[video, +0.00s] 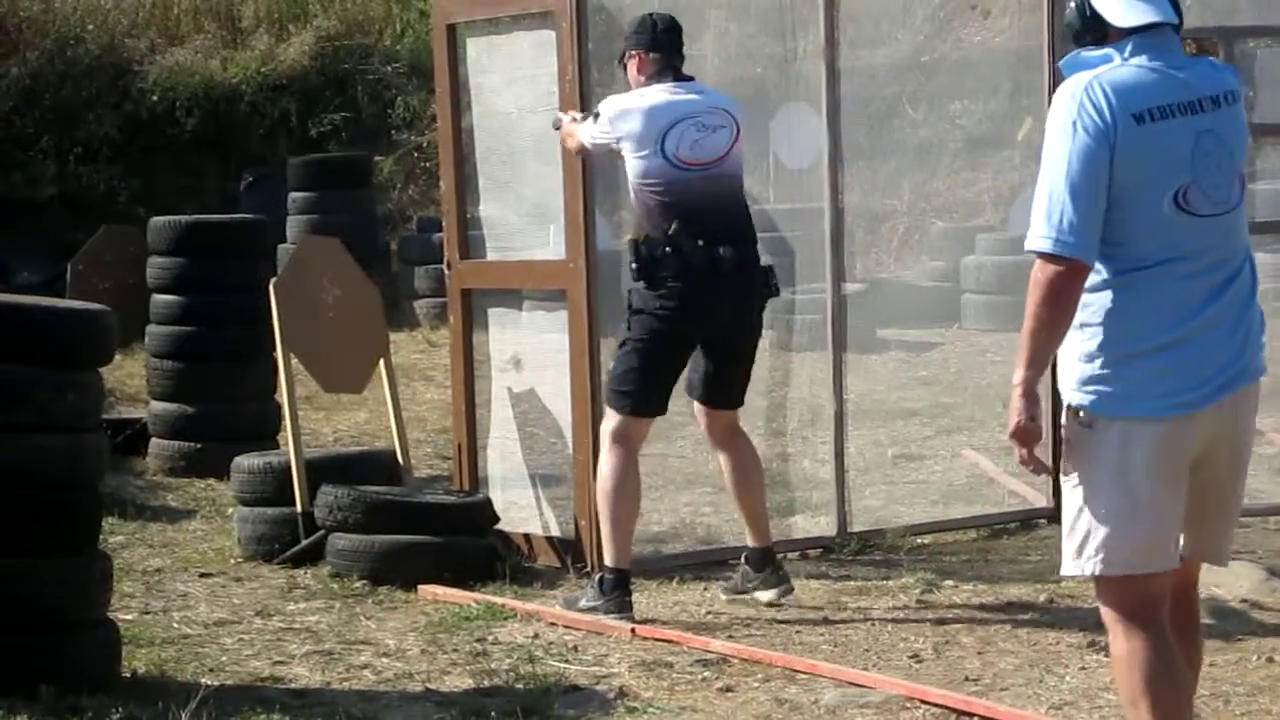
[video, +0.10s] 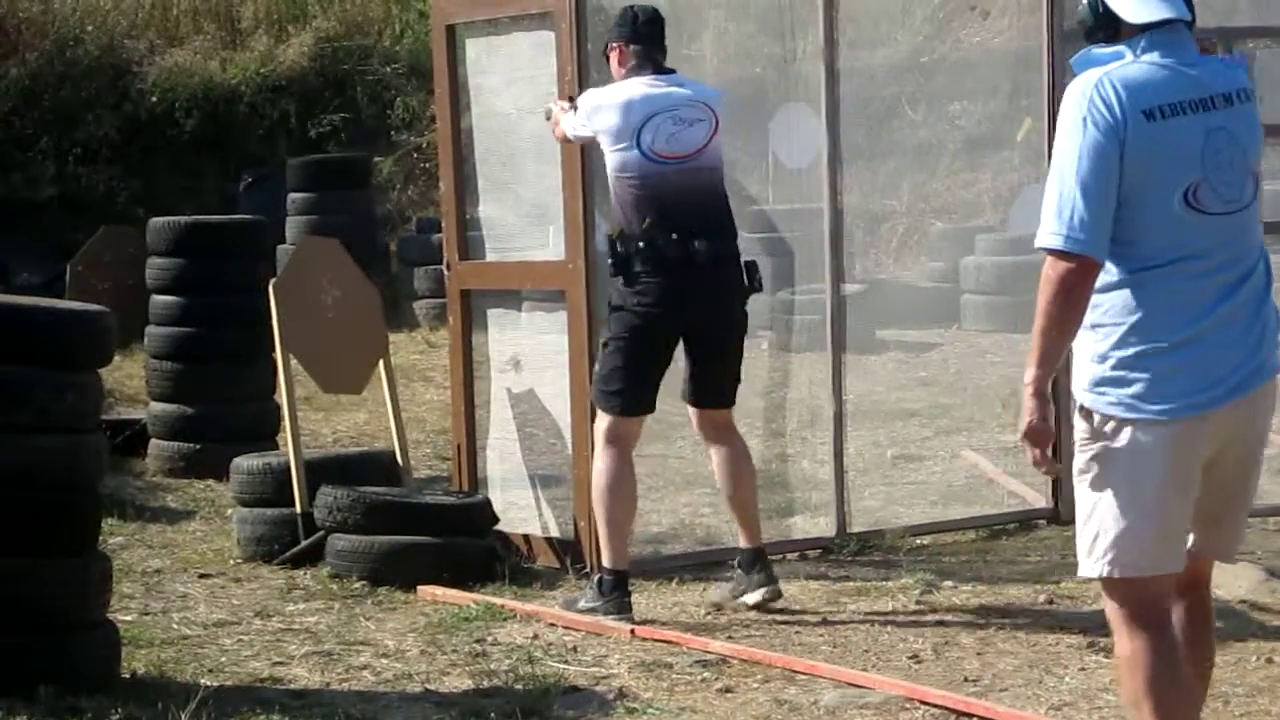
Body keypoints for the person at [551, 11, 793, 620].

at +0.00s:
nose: (625, 72)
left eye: (625, 64)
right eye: (626, 65)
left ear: (638, 62)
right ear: (681, 59)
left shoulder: (631, 109)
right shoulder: (723, 104)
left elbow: (579, 140)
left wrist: (570, 125)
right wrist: (599, 125)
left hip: (670, 287)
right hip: (742, 284)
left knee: (620, 437)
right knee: (723, 421)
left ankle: (613, 586)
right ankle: (763, 561)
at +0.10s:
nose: (607, 63)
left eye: (607, 56)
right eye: (609, 57)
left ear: (619, 55)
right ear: (664, 53)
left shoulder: (605, 102)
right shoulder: (706, 96)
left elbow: (566, 129)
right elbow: (662, 108)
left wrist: (562, 111)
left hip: (651, 285)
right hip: (722, 283)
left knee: (614, 437)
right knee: (718, 423)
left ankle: (611, 589)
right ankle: (755, 566)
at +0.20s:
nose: (595, 60)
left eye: (595, 53)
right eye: (597, 53)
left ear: (607, 52)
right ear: (653, 50)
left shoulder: (593, 100)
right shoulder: (694, 92)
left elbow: (554, 121)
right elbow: (647, 102)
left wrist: (559, 105)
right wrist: (594, 94)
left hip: (638, 282)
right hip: (710, 279)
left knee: (613, 438)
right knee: (712, 427)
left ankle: (610, 587)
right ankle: (744, 567)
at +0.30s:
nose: (590, 56)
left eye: (591, 48)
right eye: (592, 48)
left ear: (602, 49)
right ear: (647, 45)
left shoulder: (587, 97)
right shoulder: (688, 92)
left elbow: (549, 118)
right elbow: (648, 98)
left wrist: (550, 101)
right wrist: (594, 88)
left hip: (631, 287)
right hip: (705, 283)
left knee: (612, 439)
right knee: (708, 427)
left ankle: (611, 586)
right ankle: (737, 574)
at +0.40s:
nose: (588, 56)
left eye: (588, 47)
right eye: (591, 48)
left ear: (600, 49)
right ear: (645, 45)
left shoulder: (585, 97)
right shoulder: (687, 91)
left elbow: (547, 117)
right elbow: (645, 97)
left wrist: (549, 100)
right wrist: (590, 88)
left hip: (631, 287)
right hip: (704, 284)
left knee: (612, 438)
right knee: (705, 430)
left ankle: (610, 587)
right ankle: (729, 581)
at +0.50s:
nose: (590, 56)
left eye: (590, 48)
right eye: (593, 48)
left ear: (600, 49)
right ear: (647, 44)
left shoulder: (588, 98)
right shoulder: (690, 89)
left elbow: (551, 115)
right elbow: (641, 95)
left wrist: (553, 98)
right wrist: (576, 92)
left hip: (633, 286)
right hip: (707, 282)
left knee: (613, 437)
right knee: (707, 429)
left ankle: (609, 585)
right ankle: (730, 582)